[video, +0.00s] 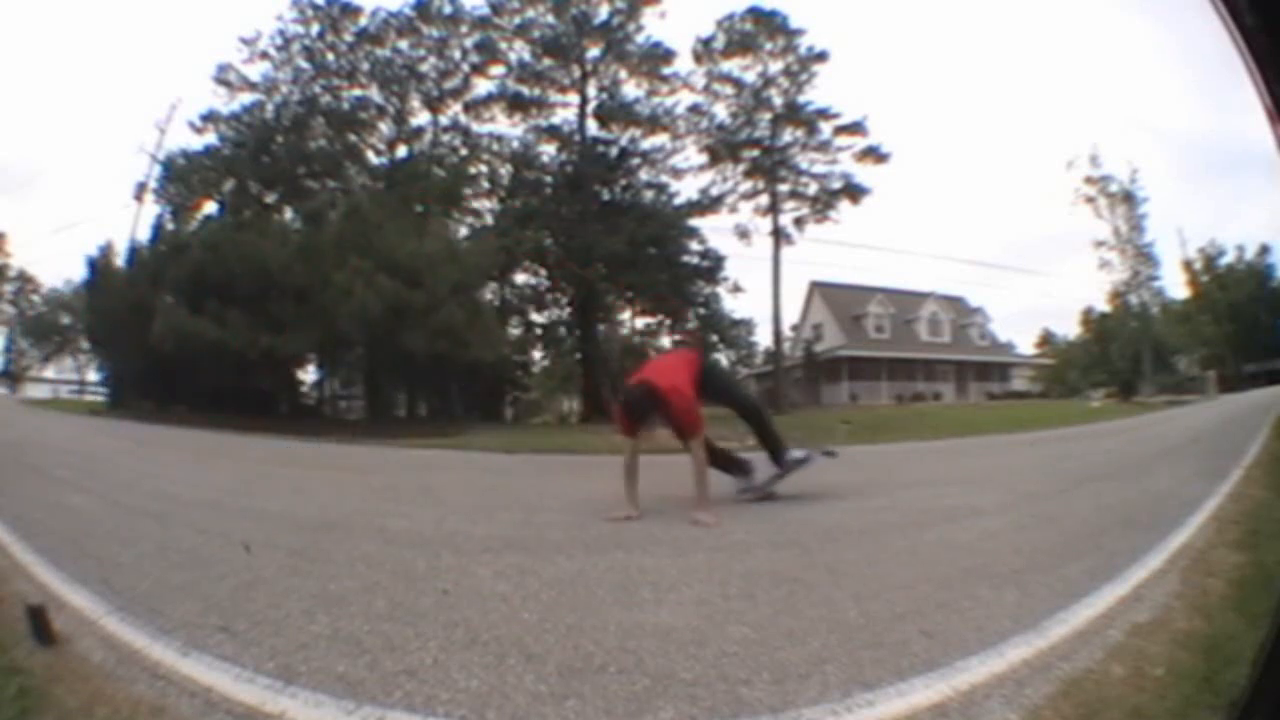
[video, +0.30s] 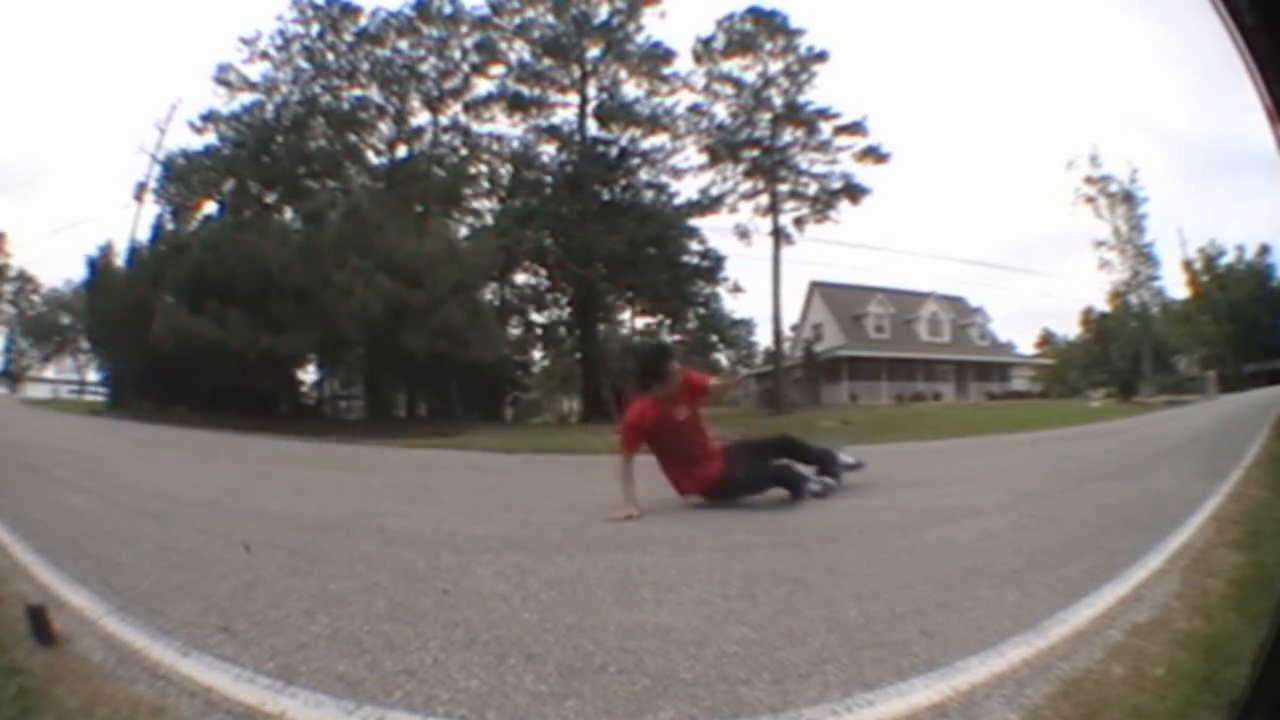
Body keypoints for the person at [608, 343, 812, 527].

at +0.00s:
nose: (646, 427)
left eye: (648, 420)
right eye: (641, 423)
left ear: (656, 408)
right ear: (629, 411)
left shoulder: (676, 397)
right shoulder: (629, 405)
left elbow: (697, 451)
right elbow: (631, 454)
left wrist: (702, 507)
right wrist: (633, 506)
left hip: (695, 368)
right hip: (664, 378)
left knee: (748, 405)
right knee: (697, 445)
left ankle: (782, 457)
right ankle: (745, 471)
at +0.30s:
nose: (680, 377)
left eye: (678, 371)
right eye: (674, 375)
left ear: (677, 369)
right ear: (658, 381)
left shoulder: (683, 384)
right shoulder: (640, 416)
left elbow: (715, 388)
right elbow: (626, 462)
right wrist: (631, 505)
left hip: (722, 458)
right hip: (709, 483)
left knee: (785, 443)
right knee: (779, 471)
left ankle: (832, 462)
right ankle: (808, 487)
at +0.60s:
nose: (660, 406)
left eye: (659, 401)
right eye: (656, 401)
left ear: (631, 408)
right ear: (649, 406)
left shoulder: (655, 427)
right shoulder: (637, 436)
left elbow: (672, 395)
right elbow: (614, 473)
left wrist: (690, 358)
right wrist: (656, 489)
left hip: (712, 470)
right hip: (709, 490)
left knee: (771, 456)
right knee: (776, 463)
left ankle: (818, 465)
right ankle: (819, 488)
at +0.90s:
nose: (603, 449)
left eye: (597, 446)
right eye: (596, 448)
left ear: (584, 466)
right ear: (590, 458)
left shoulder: (610, 478)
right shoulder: (610, 482)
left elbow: (653, 477)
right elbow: (655, 478)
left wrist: (662, 445)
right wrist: (682, 434)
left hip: (698, 481)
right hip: (699, 483)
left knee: (757, 460)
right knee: (752, 431)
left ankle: (810, 472)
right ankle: (816, 451)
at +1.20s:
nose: (592, 460)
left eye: (587, 458)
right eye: (585, 462)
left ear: (587, 468)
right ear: (582, 474)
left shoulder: (609, 480)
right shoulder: (606, 487)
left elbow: (650, 492)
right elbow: (649, 500)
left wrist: (675, 467)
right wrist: (671, 469)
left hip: (699, 481)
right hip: (698, 483)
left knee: (758, 464)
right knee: (755, 433)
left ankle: (817, 471)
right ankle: (821, 446)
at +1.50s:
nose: (588, 472)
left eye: (583, 470)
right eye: (581, 475)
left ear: (588, 474)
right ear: (581, 487)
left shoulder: (612, 479)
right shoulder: (603, 491)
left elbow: (648, 489)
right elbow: (642, 503)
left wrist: (677, 467)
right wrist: (672, 471)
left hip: (702, 472)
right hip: (700, 487)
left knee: (768, 471)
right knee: (772, 489)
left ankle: (830, 467)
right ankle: (845, 492)